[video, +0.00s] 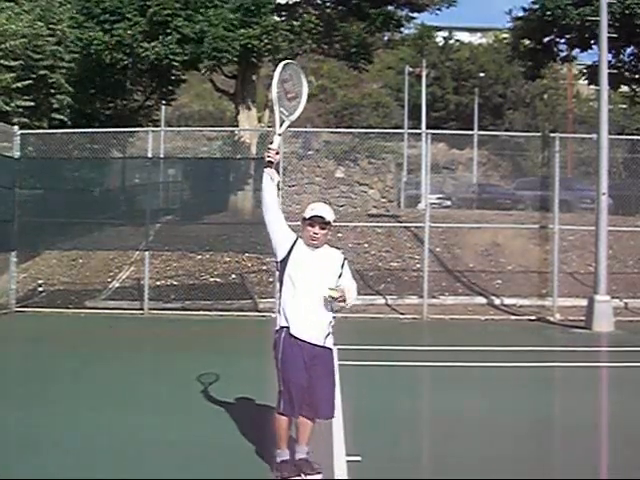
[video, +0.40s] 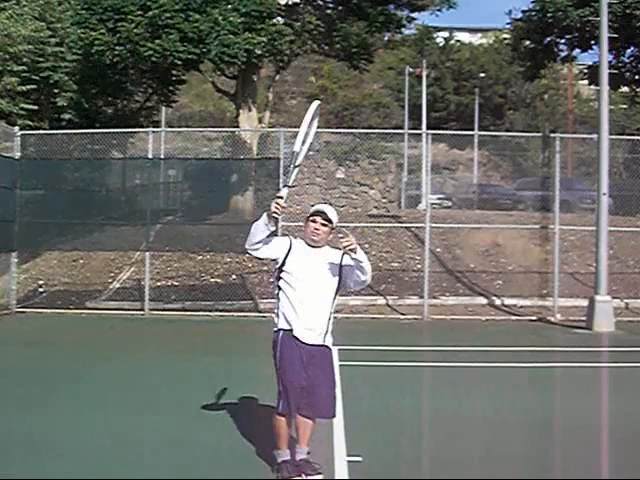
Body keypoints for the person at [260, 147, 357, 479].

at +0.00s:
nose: (316, 229)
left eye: (322, 225)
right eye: (311, 223)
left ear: (330, 229)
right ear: (302, 225)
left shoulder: (336, 259)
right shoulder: (289, 246)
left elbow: (352, 292)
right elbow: (271, 209)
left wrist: (344, 297)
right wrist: (270, 169)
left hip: (320, 339)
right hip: (291, 334)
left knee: (312, 401)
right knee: (289, 398)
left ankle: (302, 456)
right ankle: (282, 459)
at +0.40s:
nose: (316, 226)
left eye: (323, 224)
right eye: (313, 221)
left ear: (331, 231)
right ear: (304, 224)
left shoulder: (336, 257)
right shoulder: (289, 245)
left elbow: (363, 277)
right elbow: (254, 246)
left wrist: (355, 251)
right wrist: (269, 218)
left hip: (319, 337)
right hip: (289, 332)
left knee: (311, 398)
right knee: (288, 395)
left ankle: (301, 457)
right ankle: (283, 459)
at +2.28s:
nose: (297, 250)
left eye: (299, 246)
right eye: (294, 244)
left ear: (283, 239)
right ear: (277, 234)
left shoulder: (287, 265)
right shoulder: (246, 260)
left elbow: (300, 300)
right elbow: (231, 303)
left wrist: (329, 304)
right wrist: (227, 343)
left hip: (282, 344)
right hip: (252, 343)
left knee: (291, 401)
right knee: (249, 401)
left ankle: (301, 461)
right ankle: (239, 457)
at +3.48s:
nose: (286, 236)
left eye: (289, 231)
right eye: (280, 229)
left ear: (292, 236)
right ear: (262, 231)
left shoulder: (291, 274)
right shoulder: (238, 257)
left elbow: (299, 316)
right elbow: (223, 296)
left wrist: (309, 354)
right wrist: (225, 334)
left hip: (272, 349)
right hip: (236, 345)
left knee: (290, 403)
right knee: (229, 404)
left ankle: (299, 463)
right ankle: (224, 459)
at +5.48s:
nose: (565, 233)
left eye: (563, 228)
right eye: (563, 229)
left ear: (538, 232)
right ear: (558, 232)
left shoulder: (528, 260)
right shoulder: (561, 257)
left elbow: (549, 301)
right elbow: (579, 294)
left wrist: (576, 326)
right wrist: (598, 321)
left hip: (527, 338)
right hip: (549, 339)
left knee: (550, 394)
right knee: (563, 400)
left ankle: (523, 437)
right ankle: (560, 468)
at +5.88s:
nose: (550, 231)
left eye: (553, 226)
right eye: (544, 227)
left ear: (555, 229)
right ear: (530, 229)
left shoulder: (552, 258)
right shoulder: (513, 258)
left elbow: (549, 292)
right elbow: (498, 299)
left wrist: (554, 315)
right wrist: (504, 334)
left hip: (542, 333)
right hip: (519, 334)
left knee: (535, 393)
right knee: (523, 393)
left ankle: (522, 449)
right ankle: (514, 453)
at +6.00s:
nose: (531, 231)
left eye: (536, 226)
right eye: (525, 226)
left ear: (544, 229)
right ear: (515, 228)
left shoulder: (548, 258)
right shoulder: (501, 256)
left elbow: (557, 289)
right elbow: (482, 296)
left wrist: (566, 310)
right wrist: (479, 331)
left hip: (534, 337)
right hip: (504, 334)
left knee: (526, 396)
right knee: (496, 394)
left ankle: (517, 447)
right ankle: (479, 445)